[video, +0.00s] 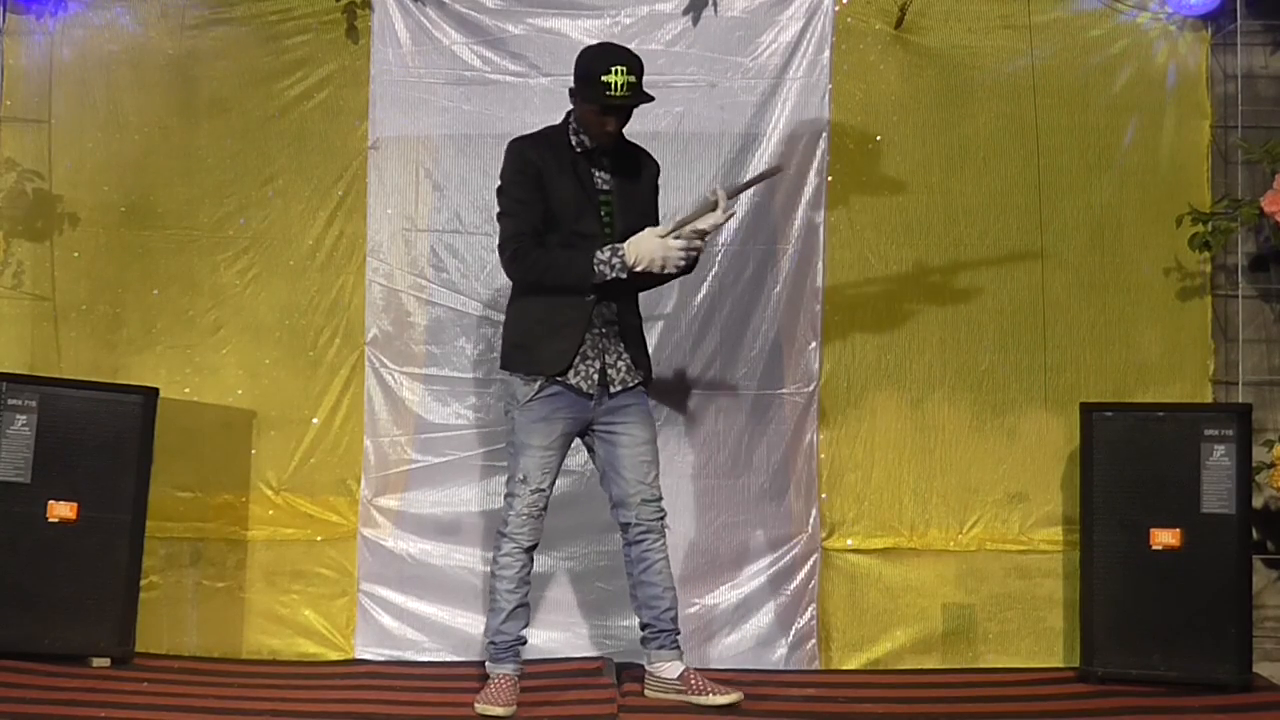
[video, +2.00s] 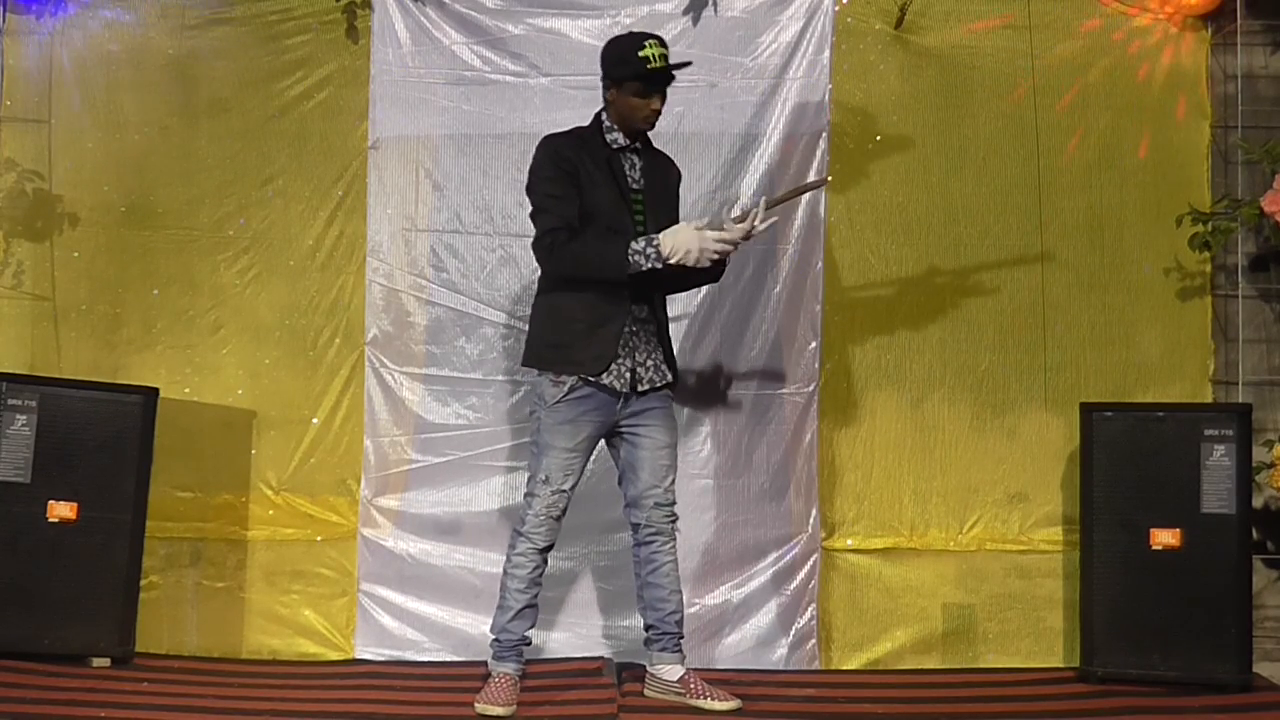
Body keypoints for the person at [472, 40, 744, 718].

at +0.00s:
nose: (616, 121)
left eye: (626, 110)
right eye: (606, 109)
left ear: (635, 104)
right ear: (577, 97)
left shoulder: (640, 167)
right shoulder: (529, 157)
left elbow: (630, 274)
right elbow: (521, 263)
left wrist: (680, 251)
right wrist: (619, 256)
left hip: (622, 375)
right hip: (547, 375)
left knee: (643, 515)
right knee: (523, 522)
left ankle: (666, 668)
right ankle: (502, 671)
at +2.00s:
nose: (660, 104)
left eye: (664, 91)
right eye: (649, 91)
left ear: (659, 92)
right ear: (613, 90)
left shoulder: (662, 173)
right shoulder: (560, 153)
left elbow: (656, 278)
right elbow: (558, 254)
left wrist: (713, 253)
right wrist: (656, 247)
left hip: (647, 372)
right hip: (573, 370)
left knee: (656, 517)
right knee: (542, 518)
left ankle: (666, 667)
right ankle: (505, 666)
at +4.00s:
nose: (646, 121)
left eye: (656, 113)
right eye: (640, 105)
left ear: (658, 115)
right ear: (610, 91)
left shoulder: (651, 170)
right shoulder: (544, 156)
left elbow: (644, 275)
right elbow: (540, 260)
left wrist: (692, 255)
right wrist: (638, 253)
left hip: (636, 376)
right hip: (561, 376)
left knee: (653, 519)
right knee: (532, 525)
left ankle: (666, 671)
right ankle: (503, 672)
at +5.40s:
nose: (664, 115)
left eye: (669, 105)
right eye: (656, 101)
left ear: (661, 105)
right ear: (620, 89)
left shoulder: (654, 167)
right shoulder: (549, 152)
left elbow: (647, 269)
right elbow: (538, 252)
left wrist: (701, 244)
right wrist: (632, 254)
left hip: (637, 376)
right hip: (561, 375)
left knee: (654, 519)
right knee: (531, 523)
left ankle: (667, 669)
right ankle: (503, 669)